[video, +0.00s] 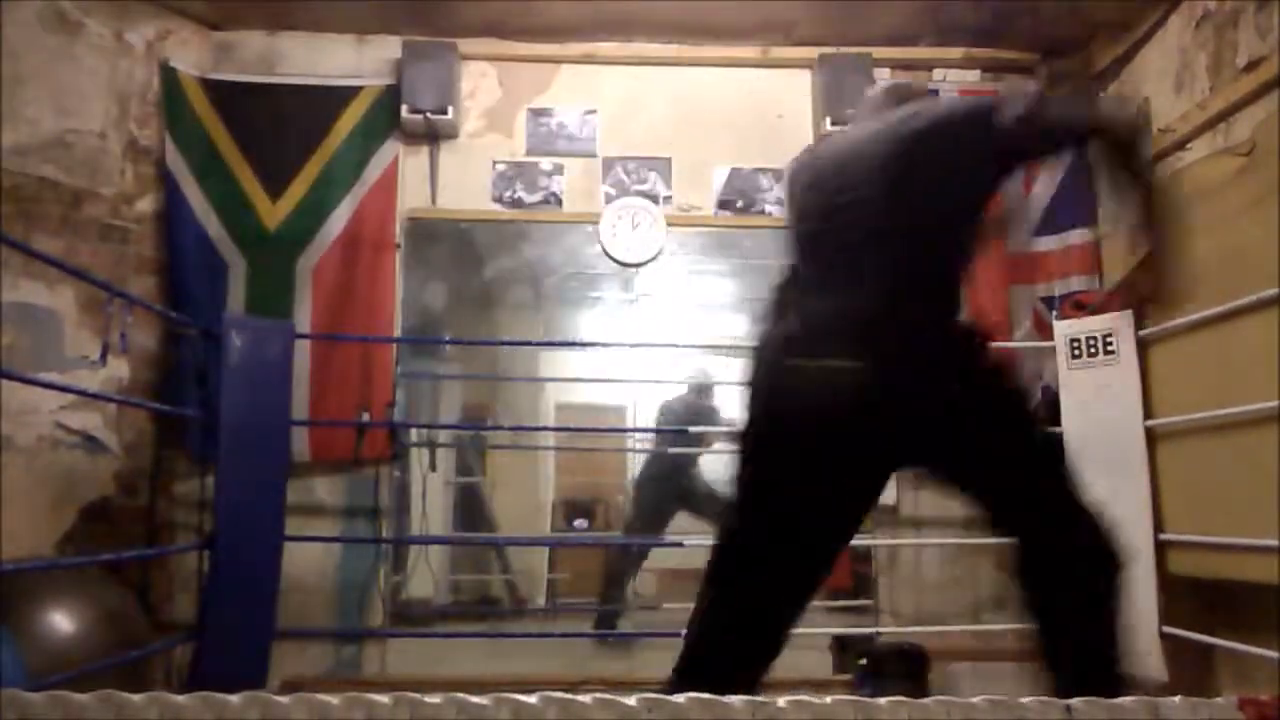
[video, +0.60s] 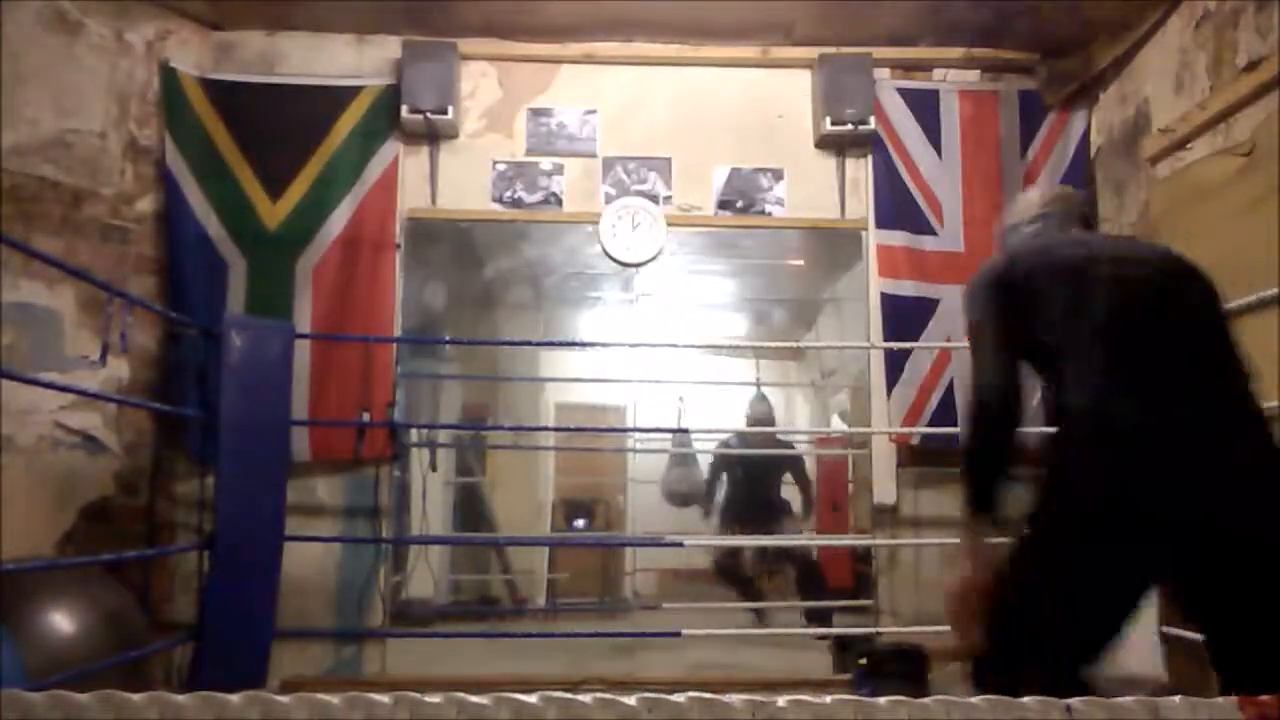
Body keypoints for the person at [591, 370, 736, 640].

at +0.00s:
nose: (709, 397)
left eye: (708, 392)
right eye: (709, 393)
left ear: (689, 387)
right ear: (707, 391)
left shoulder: (669, 406)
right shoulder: (706, 410)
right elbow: (720, 430)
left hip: (653, 480)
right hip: (681, 481)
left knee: (631, 549)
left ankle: (606, 619)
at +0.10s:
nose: (730, 391)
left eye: (732, 386)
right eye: (726, 386)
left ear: (735, 385)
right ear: (717, 382)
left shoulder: (732, 402)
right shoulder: (694, 401)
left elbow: (760, 418)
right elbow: (708, 438)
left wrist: (757, 411)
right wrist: (740, 422)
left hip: (710, 471)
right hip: (682, 472)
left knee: (754, 524)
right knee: (662, 536)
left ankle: (787, 581)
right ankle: (625, 590)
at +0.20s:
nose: (748, 399)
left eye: (752, 392)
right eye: (743, 393)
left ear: (756, 390)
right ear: (732, 391)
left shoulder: (757, 406)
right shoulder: (714, 410)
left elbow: (776, 422)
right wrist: (755, 431)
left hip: (737, 477)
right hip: (709, 477)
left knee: (769, 530)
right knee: (694, 531)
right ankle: (670, 578)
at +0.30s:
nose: (765, 413)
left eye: (769, 407)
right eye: (760, 407)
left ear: (773, 408)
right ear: (752, 406)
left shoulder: (776, 431)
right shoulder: (735, 429)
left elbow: (797, 452)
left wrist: (819, 461)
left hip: (761, 498)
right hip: (730, 497)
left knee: (794, 548)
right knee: (727, 546)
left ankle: (816, 610)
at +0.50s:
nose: (777, 436)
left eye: (781, 430)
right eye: (771, 429)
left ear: (786, 428)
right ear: (759, 426)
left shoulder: (791, 451)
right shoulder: (739, 452)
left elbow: (815, 486)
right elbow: (735, 497)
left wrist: (838, 518)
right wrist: (744, 526)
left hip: (776, 509)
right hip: (745, 512)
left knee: (806, 558)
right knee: (751, 569)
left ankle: (821, 622)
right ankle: (780, 601)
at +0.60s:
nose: (759, 422)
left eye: (764, 416)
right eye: (754, 416)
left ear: (773, 419)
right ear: (747, 418)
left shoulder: (784, 448)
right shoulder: (730, 447)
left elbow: (803, 480)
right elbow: (713, 476)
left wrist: (807, 507)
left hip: (773, 509)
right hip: (736, 509)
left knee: (801, 555)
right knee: (725, 563)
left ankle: (818, 614)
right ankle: (755, 599)